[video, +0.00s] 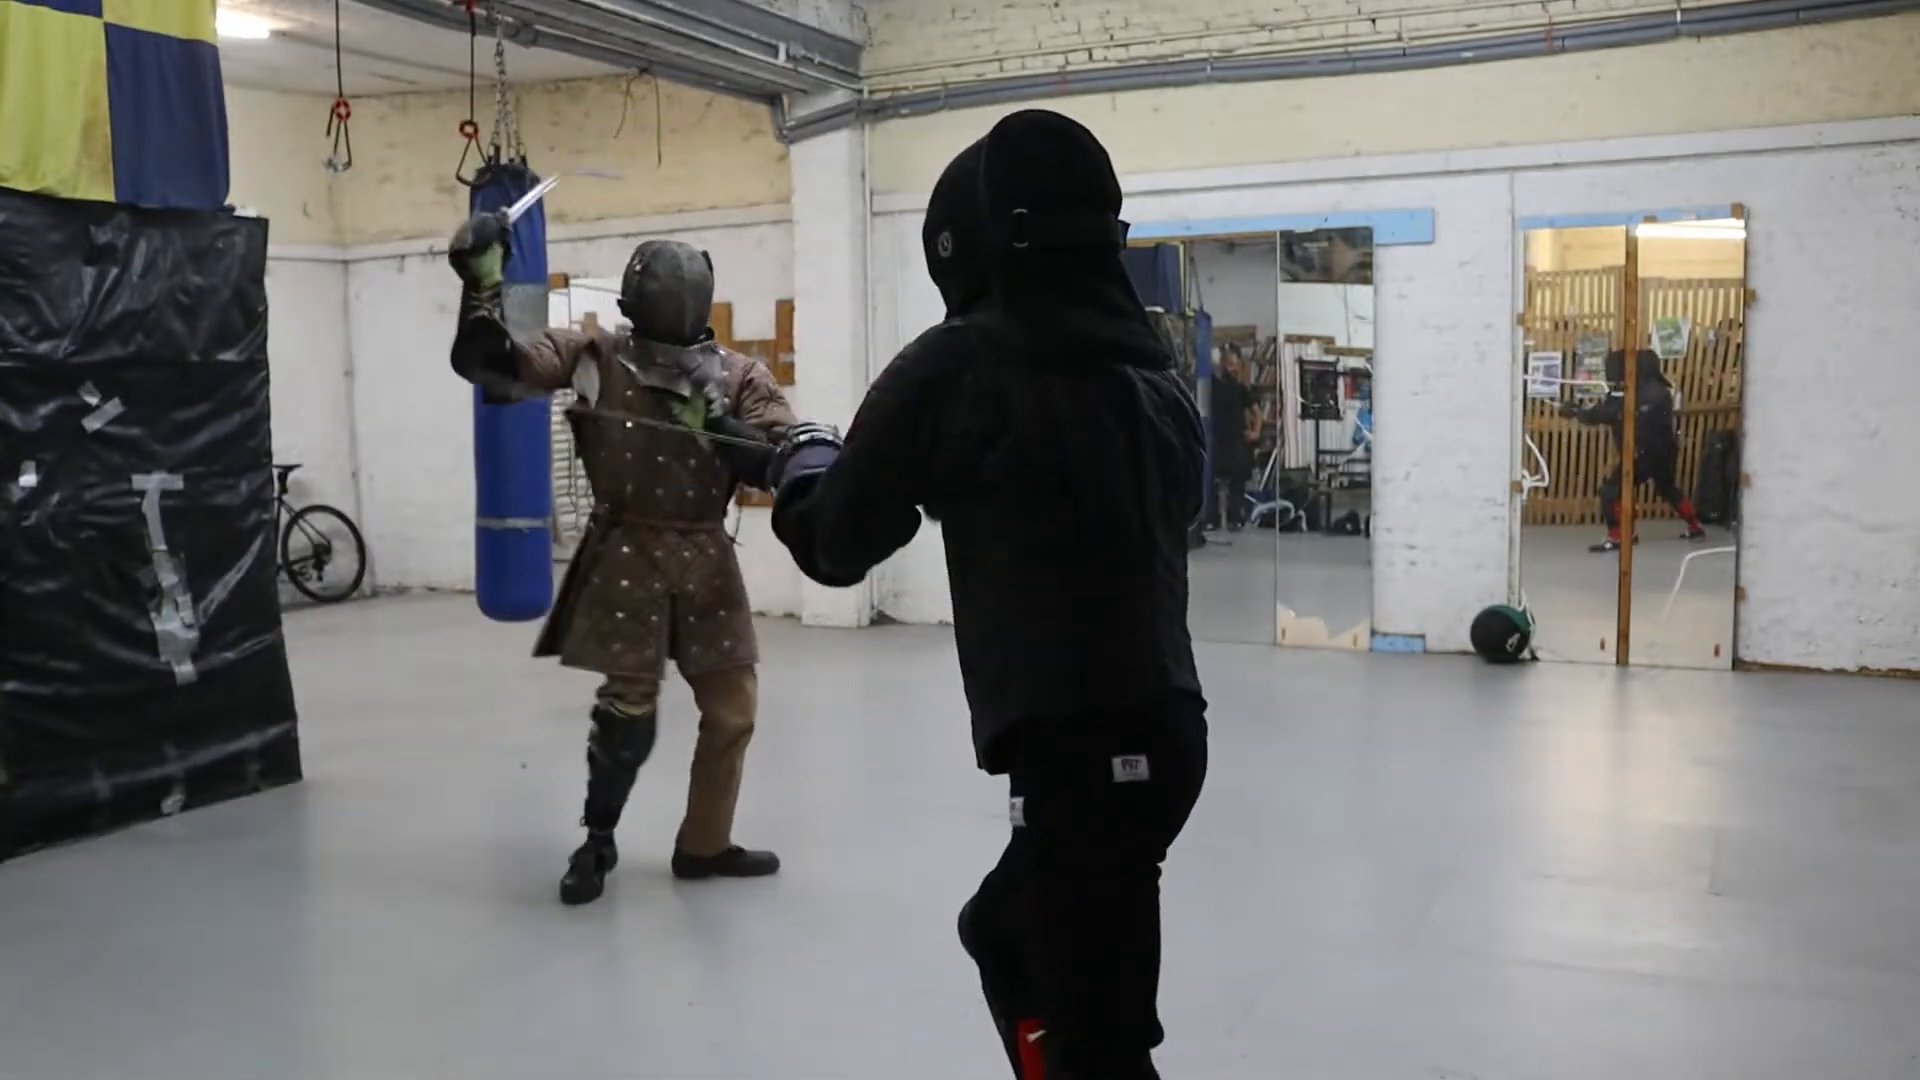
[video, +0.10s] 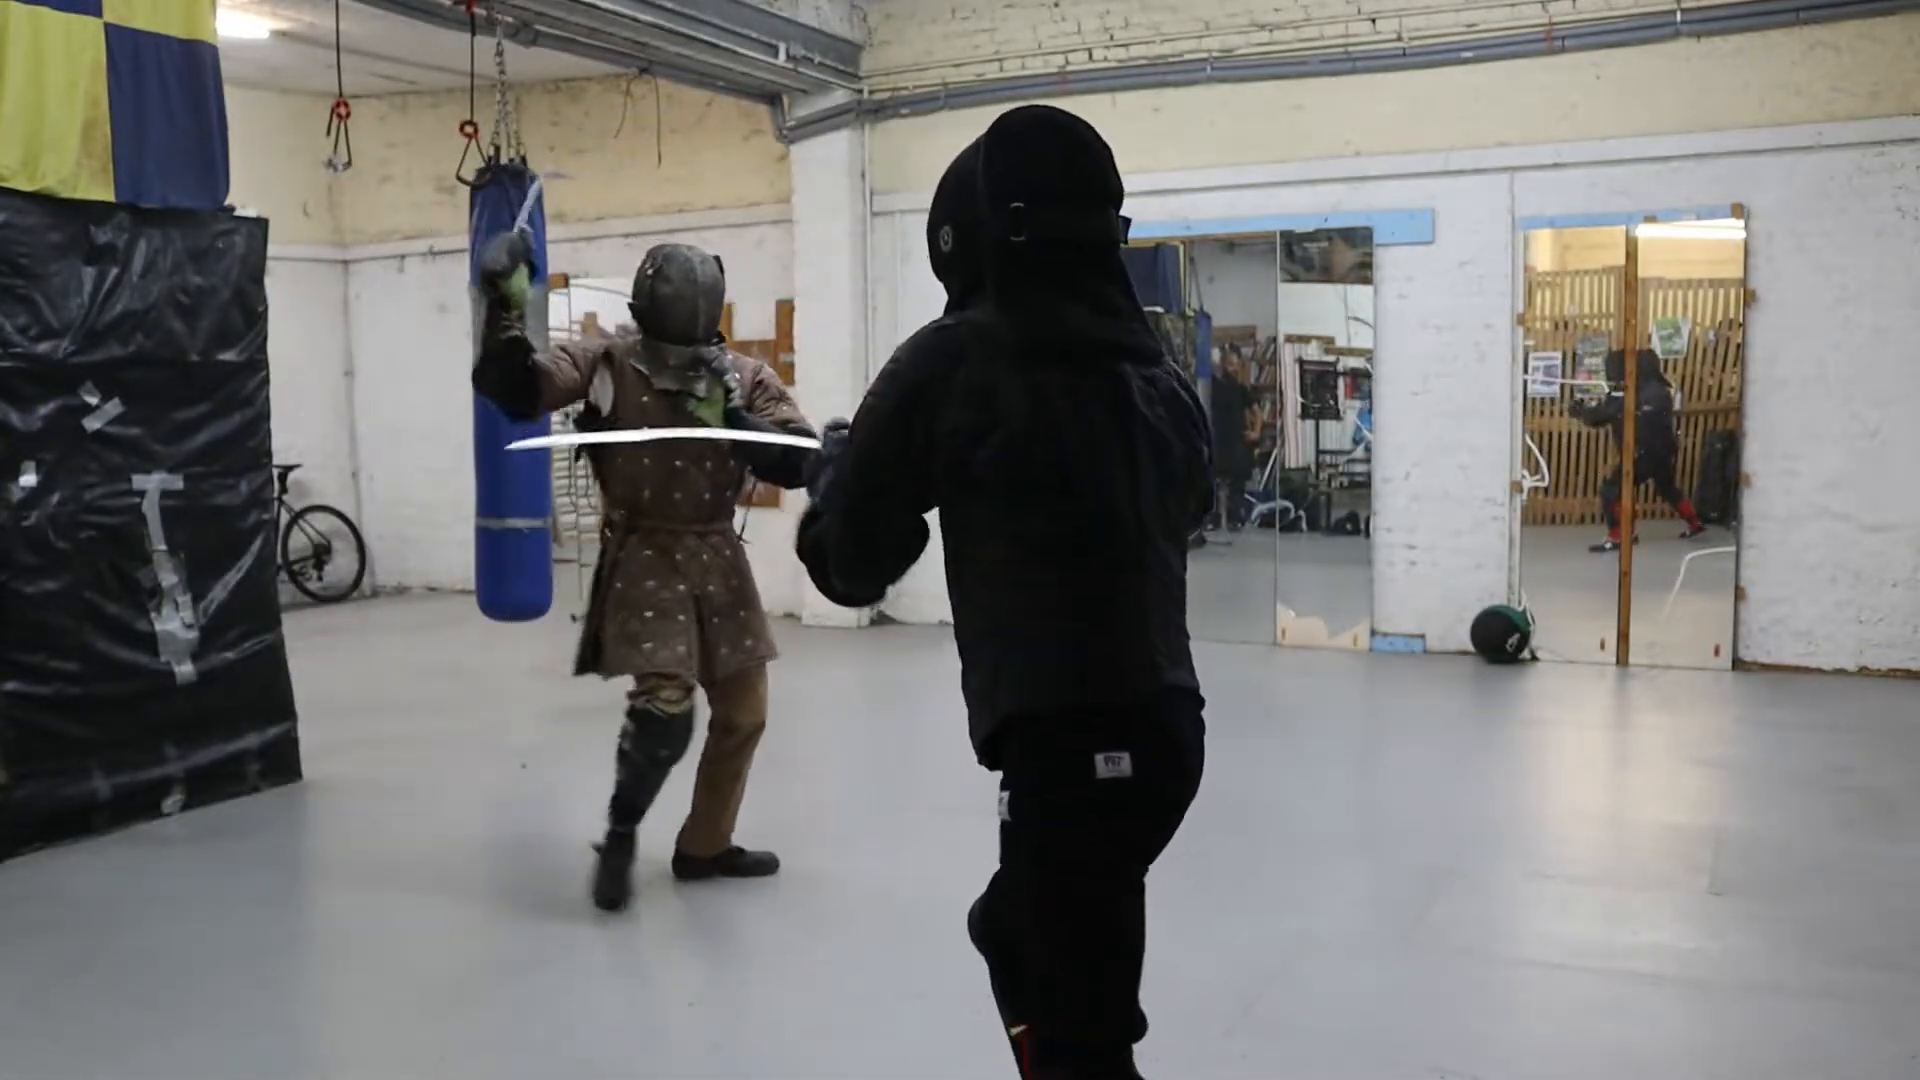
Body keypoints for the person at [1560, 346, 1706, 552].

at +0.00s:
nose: (1610, 377)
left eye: (1613, 371)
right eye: (1610, 371)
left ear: (1626, 372)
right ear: (1649, 368)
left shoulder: (1627, 397)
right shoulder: (1660, 390)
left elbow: (1604, 413)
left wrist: (1577, 412)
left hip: (1641, 455)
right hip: (1664, 450)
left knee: (1610, 489)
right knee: (1668, 488)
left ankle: (1618, 536)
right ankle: (1694, 526)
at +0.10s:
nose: (1610, 378)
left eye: (1613, 374)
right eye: (1610, 374)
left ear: (1625, 374)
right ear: (1651, 368)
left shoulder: (1623, 397)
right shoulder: (1661, 392)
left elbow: (1597, 417)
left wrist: (1579, 410)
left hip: (1639, 456)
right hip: (1663, 452)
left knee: (1610, 489)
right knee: (1668, 488)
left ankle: (1618, 536)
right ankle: (1694, 523)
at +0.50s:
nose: (1643, 377)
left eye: (1646, 372)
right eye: (1643, 372)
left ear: (1655, 372)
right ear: (1666, 370)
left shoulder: (1667, 393)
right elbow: (1648, 420)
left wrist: (1621, 427)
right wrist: (1620, 423)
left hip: (1666, 449)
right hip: (1667, 447)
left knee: (1638, 489)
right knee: (1671, 490)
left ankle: (1622, 535)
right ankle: (1698, 527)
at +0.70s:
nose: (1646, 375)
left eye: (1649, 370)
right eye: (1646, 370)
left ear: (1658, 370)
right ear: (1672, 368)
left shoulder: (1663, 392)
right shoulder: (1680, 387)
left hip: (1665, 447)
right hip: (1677, 444)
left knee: (1642, 486)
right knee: (1673, 488)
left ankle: (1635, 529)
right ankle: (1698, 527)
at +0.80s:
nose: (1646, 376)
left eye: (1648, 371)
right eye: (1646, 371)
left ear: (1659, 371)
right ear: (1670, 369)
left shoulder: (1667, 391)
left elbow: (1661, 419)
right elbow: (1651, 416)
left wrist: (1640, 424)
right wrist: (1635, 420)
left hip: (1666, 448)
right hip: (1673, 445)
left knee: (1640, 484)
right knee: (1668, 488)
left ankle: (1635, 529)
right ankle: (1699, 523)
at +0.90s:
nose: (1647, 377)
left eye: (1649, 372)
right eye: (1647, 372)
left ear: (1659, 372)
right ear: (1672, 369)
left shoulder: (1665, 393)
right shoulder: (1680, 388)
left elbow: (1661, 427)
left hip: (1666, 448)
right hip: (1676, 446)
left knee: (1640, 483)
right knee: (1669, 488)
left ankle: (1635, 529)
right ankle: (1700, 522)